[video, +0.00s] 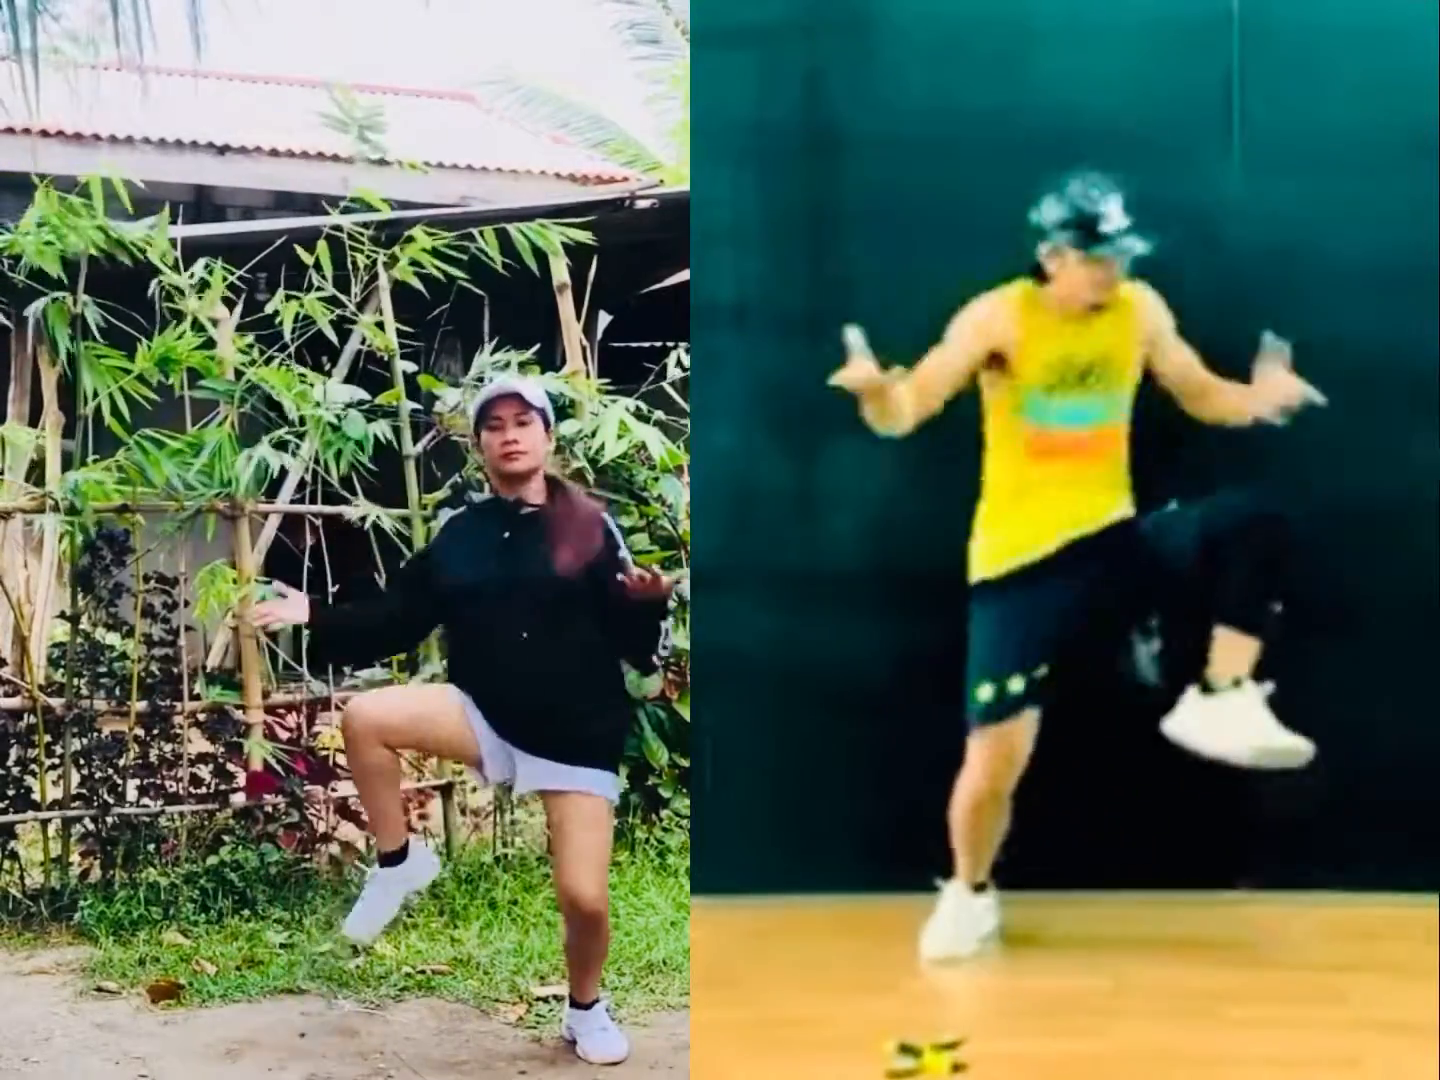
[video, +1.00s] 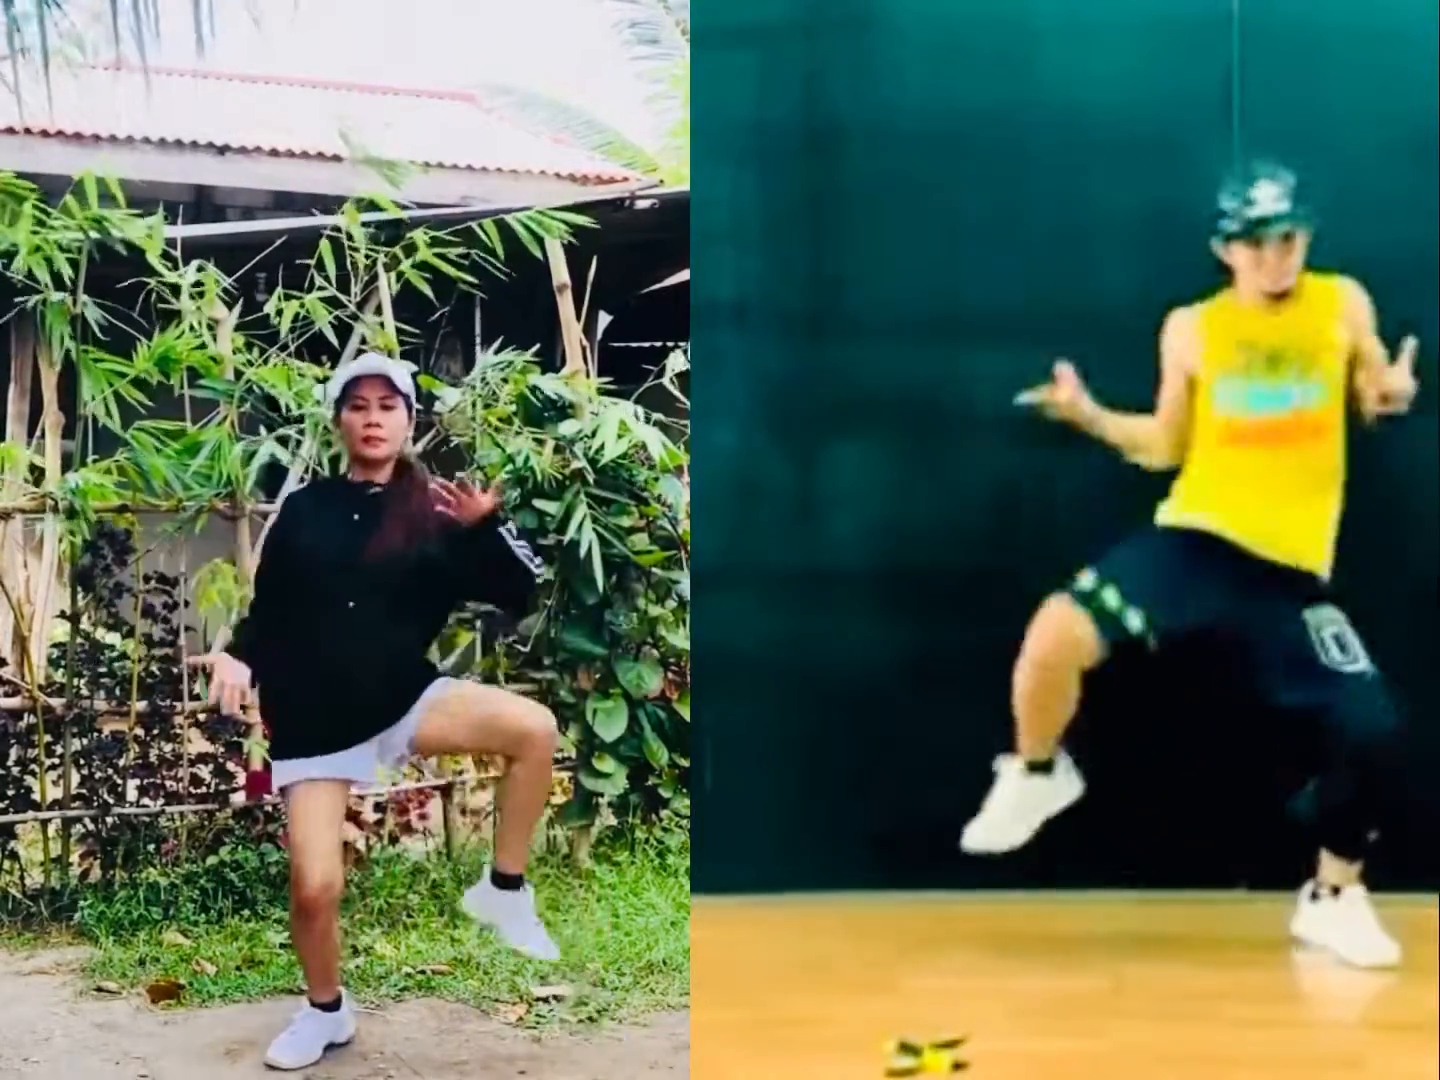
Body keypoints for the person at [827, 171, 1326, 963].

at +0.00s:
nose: (1111, 274)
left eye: (1116, 258)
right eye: (1094, 260)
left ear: (1125, 255)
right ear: (1050, 259)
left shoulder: (1138, 310)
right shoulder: (997, 319)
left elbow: (1200, 393)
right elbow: (908, 408)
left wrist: (1259, 398)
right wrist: (877, 391)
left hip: (1112, 540)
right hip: (1016, 564)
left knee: (1253, 524)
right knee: (998, 754)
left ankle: (1222, 697)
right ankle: (968, 894)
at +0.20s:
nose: (1115, 228)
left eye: (1131, 213)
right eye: (1101, 210)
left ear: (1150, 219)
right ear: (1070, 210)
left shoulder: (1165, 298)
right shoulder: (1019, 278)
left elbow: (1191, 406)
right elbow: (931, 364)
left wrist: (1282, 373)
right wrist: (947, 328)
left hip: (1170, 535)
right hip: (1061, 553)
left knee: (1296, 643)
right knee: (1018, 730)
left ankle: (1342, 824)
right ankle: (998, 877)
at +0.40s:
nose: (1166, 312)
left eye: (1183, 295)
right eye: (1150, 294)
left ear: (1207, 302)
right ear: (1124, 299)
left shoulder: (1235, 377)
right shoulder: (1088, 365)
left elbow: (1319, 455)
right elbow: (998, 422)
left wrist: (1417, 488)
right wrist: (935, 440)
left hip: (1221, 620)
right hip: (1107, 627)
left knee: (1329, 734)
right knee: (1029, 782)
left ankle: (1331, 899)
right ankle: (1016, 894)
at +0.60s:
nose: (1239, 246)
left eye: (1252, 229)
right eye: (1222, 231)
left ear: (1273, 235)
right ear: (1192, 240)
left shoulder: (1306, 306)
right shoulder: (1163, 321)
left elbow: (1332, 413)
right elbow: (1144, 425)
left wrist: (1363, 377)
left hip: (1278, 579)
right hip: (1171, 571)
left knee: (1363, 729)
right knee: (1076, 727)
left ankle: (1332, 897)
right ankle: (956, 821)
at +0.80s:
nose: (1265, 261)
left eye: (1280, 243)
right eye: (1249, 243)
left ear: (1301, 247)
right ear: (1220, 248)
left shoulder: (1331, 345)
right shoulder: (1176, 319)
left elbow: (1411, 414)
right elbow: (1072, 392)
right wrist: (1042, 369)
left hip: (1299, 567)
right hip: (1199, 542)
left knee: (1343, 726)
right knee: (1081, 524)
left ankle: (1331, 897)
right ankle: (1098, 707)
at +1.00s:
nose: (1276, 259)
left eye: (1288, 240)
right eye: (1258, 244)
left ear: (1307, 241)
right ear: (1226, 250)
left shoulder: (1343, 304)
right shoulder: (1191, 327)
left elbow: (1371, 396)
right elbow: (1165, 447)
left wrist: (1390, 393)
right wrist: (1090, 415)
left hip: (1290, 573)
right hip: (1189, 545)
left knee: (1369, 728)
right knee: (1053, 639)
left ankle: (1332, 893)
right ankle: (1035, 771)